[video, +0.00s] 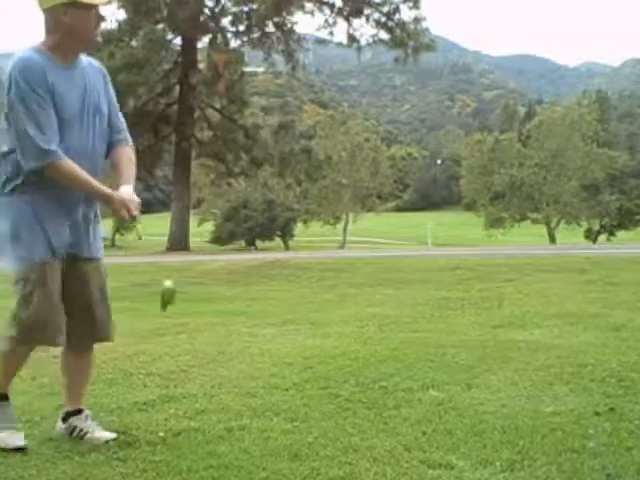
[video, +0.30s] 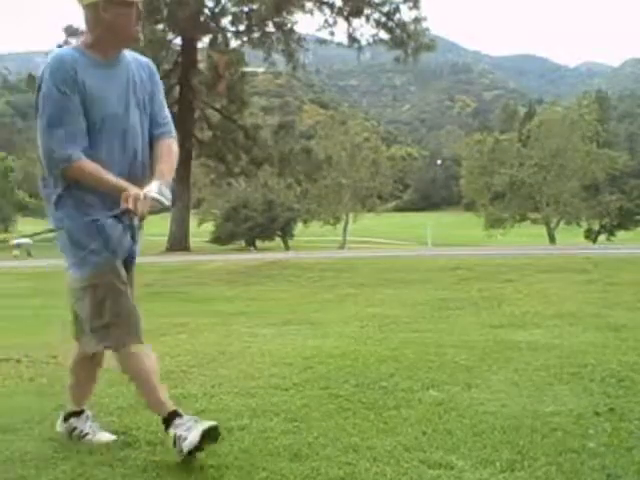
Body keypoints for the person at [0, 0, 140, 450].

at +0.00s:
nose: (101, 20)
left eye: (101, 13)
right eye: (93, 12)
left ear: (72, 19)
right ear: (62, 17)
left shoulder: (96, 72)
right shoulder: (27, 69)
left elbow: (120, 141)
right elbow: (43, 156)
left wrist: (124, 189)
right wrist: (108, 194)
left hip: (82, 217)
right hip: (31, 216)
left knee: (84, 320)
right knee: (36, 320)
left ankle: (73, 414)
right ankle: (0, 395)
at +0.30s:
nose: (139, 14)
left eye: (138, 7)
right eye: (129, 7)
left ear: (119, 16)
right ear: (98, 14)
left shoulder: (143, 69)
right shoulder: (64, 67)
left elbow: (164, 135)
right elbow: (65, 158)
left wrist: (159, 183)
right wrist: (126, 190)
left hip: (126, 217)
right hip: (83, 220)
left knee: (97, 321)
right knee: (120, 317)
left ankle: (75, 415)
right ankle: (175, 422)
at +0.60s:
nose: (193, 9)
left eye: (192, 2)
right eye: (183, 2)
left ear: (179, 10)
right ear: (148, 8)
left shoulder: (197, 57)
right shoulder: (115, 73)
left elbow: (219, 134)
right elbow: (128, 173)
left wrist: (210, 200)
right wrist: (193, 217)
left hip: (186, 224)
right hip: (140, 228)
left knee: (152, 325)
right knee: (165, 328)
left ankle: (97, 400)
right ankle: (205, 445)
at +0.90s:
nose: (225, 7)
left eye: (227, 0)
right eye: (215, 1)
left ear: (227, 2)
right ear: (184, 2)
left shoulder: (242, 36)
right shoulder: (159, 59)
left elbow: (265, 120)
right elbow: (190, 165)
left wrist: (266, 199)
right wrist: (256, 215)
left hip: (238, 216)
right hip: (180, 223)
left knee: (268, 317)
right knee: (182, 340)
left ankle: (238, 403)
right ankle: (205, 445)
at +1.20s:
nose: (266, 14)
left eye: (269, 7)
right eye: (258, 8)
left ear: (272, 4)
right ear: (230, 4)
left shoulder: (290, 34)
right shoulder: (197, 58)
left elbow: (307, 129)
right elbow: (221, 167)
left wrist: (299, 204)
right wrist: (281, 228)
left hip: (280, 216)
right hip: (216, 221)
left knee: (333, 310)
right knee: (205, 338)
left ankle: (384, 414)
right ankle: (208, 448)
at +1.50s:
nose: (328, 21)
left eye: (336, 10)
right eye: (315, 13)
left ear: (349, 4)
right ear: (293, 8)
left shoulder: (375, 47)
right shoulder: (266, 63)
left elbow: (376, 149)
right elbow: (279, 174)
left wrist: (352, 228)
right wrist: (329, 249)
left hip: (343, 225)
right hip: (269, 223)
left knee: (373, 344)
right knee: (236, 343)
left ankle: (394, 455)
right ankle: (214, 446)